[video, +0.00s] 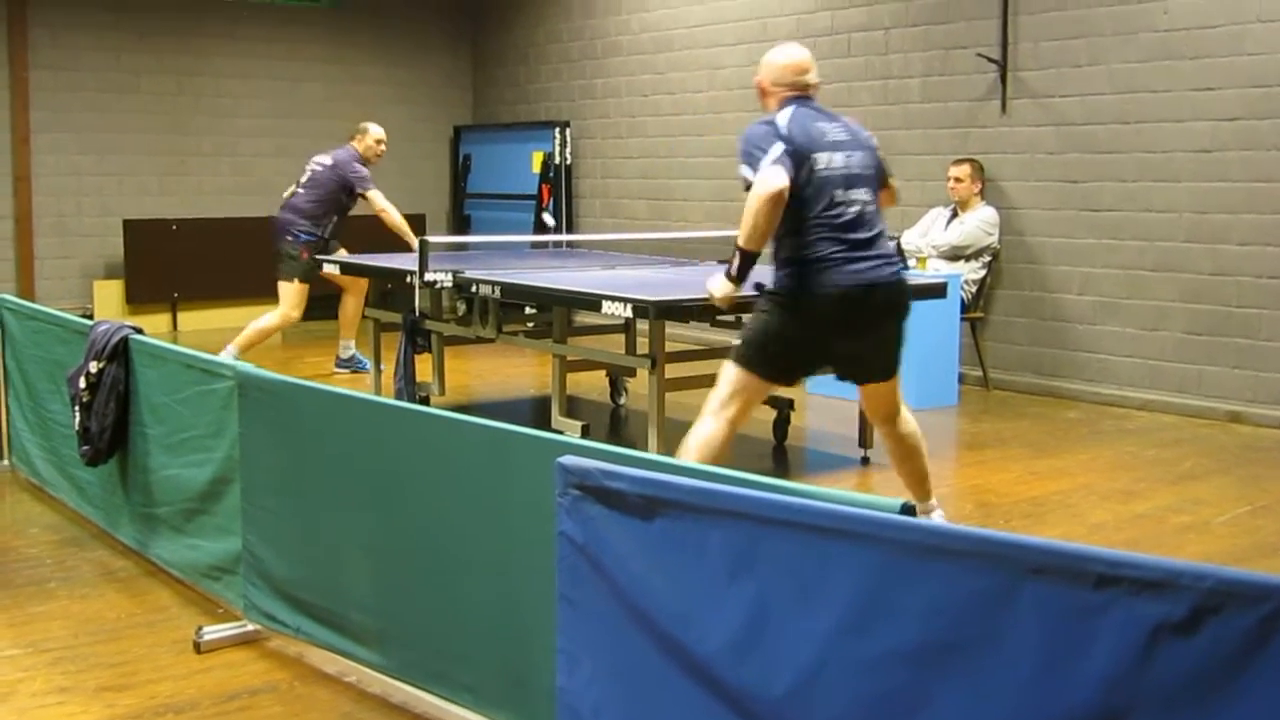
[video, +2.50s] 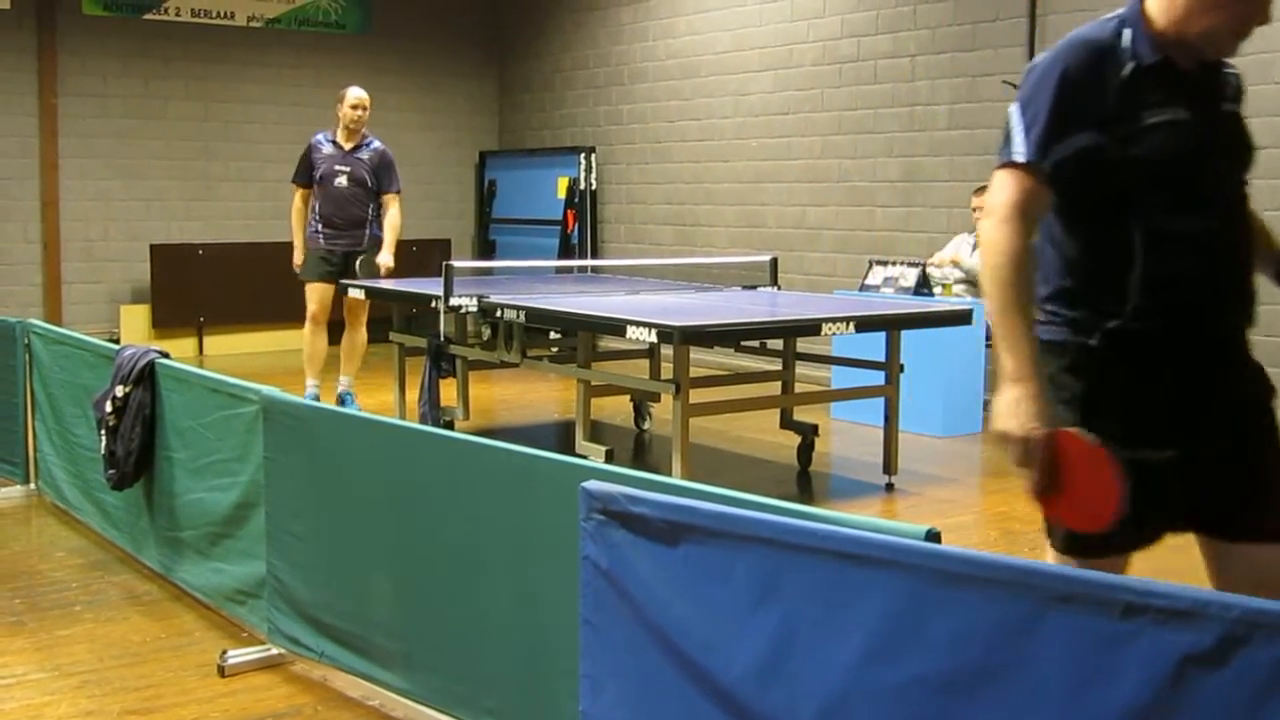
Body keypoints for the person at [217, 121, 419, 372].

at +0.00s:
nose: (383, 150)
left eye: (385, 145)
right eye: (379, 143)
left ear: (358, 141)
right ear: (360, 139)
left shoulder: (330, 157)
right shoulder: (350, 165)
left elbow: (291, 195)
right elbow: (382, 208)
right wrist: (415, 242)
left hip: (315, 239)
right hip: (297, 237)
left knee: (357, 282)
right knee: (290, 312)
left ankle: (346, 356)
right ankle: (227, 356)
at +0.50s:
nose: (402, 114)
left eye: (405, 109)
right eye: (396, 108)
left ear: (407, 112)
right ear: (379, 109)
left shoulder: (408, 138)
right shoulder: (361, 137)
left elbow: (452, 149)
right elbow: (335, 172)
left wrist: (437, 115)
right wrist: (360, 164)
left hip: (405, 230)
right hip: (365, 232)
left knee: (430, 291)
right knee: (345, 300)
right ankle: (328, 362)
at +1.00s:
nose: (408, 129)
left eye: (413, 123)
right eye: (402, 123)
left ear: (420, 128)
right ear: (391, 126)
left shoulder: (432, 163)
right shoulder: (375, 156)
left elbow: (453, 209)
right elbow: (364, 196)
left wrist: (452, 256)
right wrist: (359, 236)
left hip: (423, 246)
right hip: (380, 244)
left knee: (445, 301)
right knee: (355, 299)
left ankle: (455, 367)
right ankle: (352, 368)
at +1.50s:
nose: (350, 112)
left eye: (354, 106)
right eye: (343, 108)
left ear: (363, 111)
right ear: (336, 116)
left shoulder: (382, 152)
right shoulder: (327, 152)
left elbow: (400, 200)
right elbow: (310, 196)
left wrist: (385, 226)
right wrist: (299, 235)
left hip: (380, 235)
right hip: (342, 238)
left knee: (390, 300)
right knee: (345, 304)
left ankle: (411, 370)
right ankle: (361, 376)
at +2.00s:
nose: (347, 111)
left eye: (352, 106)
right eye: (341, 107)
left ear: (361, 113)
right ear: (332, 115)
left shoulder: (375, 156)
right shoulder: (319, 151)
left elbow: (391, 207)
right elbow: (303, 198)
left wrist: (381, 251)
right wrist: (298, 240)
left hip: (360, 244)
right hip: (325, 244)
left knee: (353, 311)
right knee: (336, 316)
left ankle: (343, 387)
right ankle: (362, 372)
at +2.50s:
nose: (360, 113)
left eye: (365, 109)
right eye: (355, 107)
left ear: (370, 114)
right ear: (339, 110)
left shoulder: (379, 154)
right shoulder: (318, 147)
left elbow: (392, 204)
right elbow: (301, 196)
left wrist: (388, 249)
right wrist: (299, 244)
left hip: (363, 249)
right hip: (321, 246)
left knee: (356, 319)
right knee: (315, 315)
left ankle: (346, 390)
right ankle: (312, 390)